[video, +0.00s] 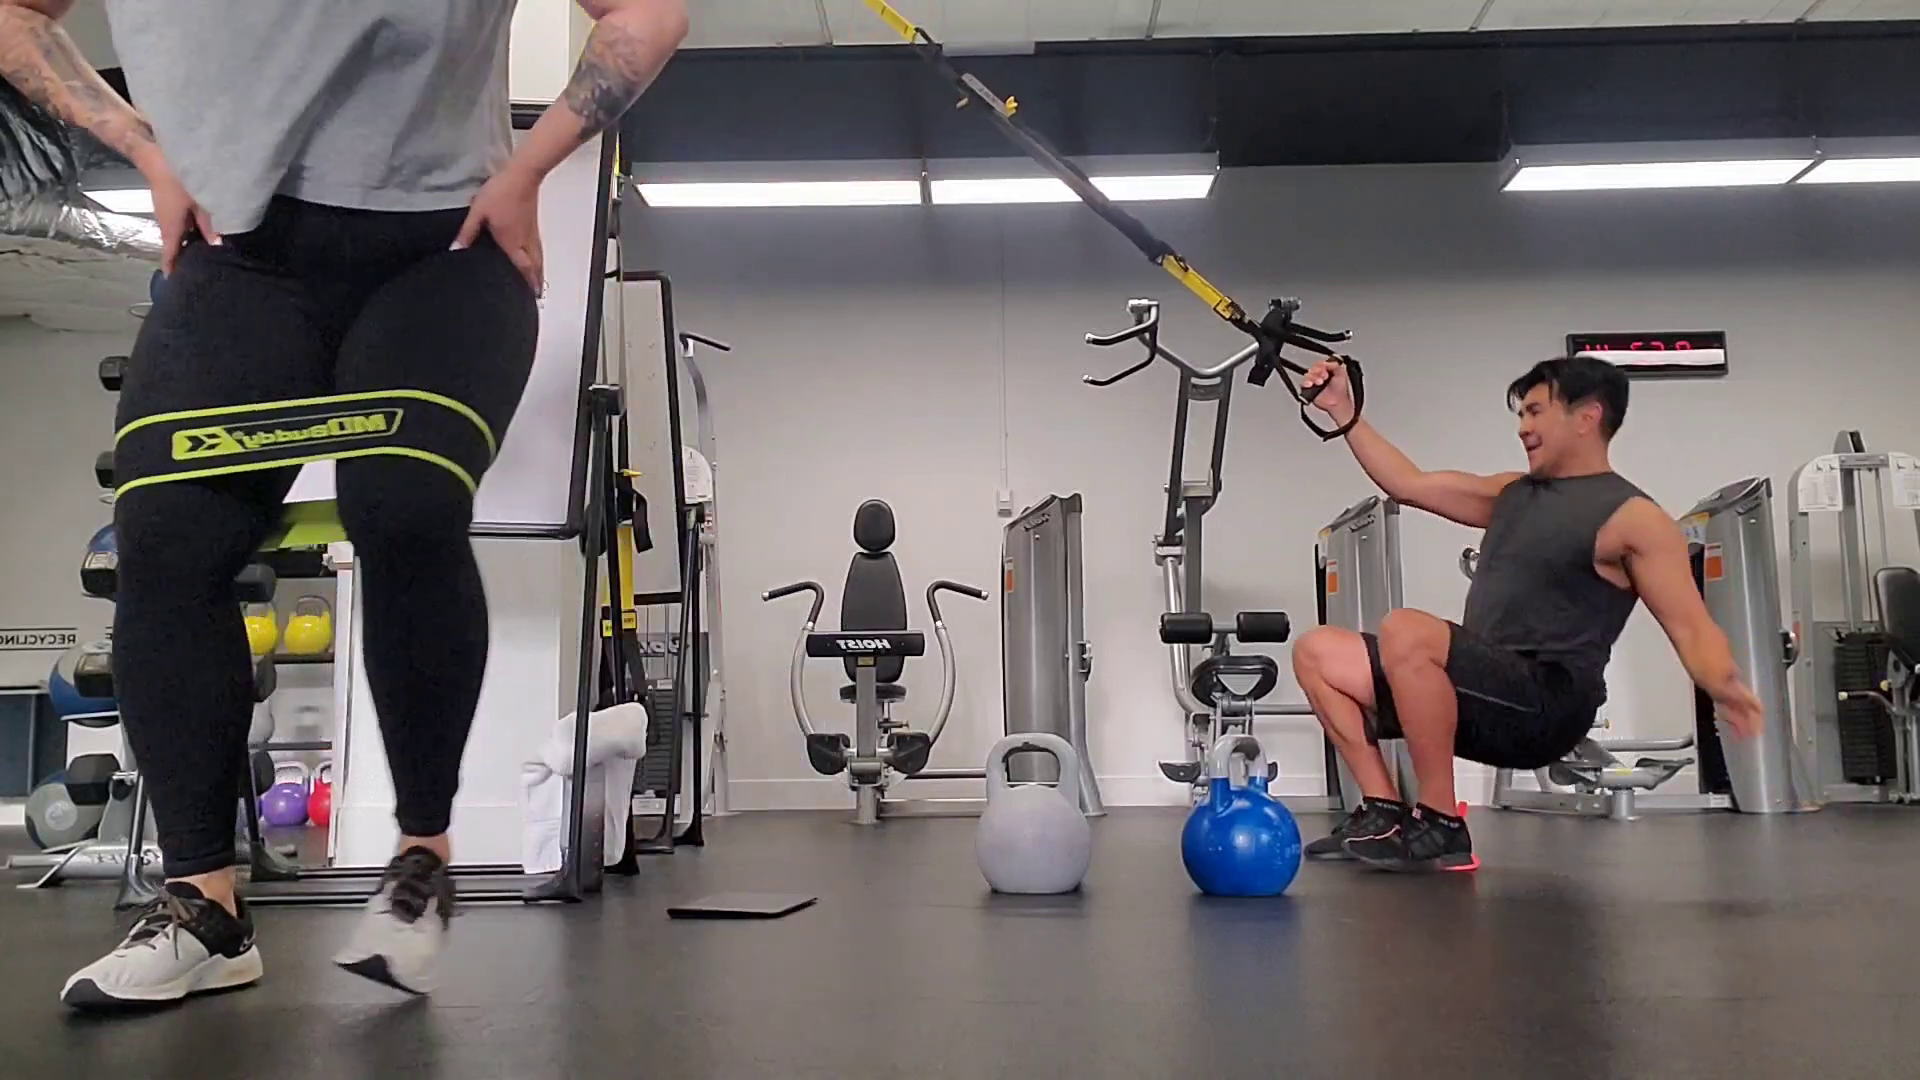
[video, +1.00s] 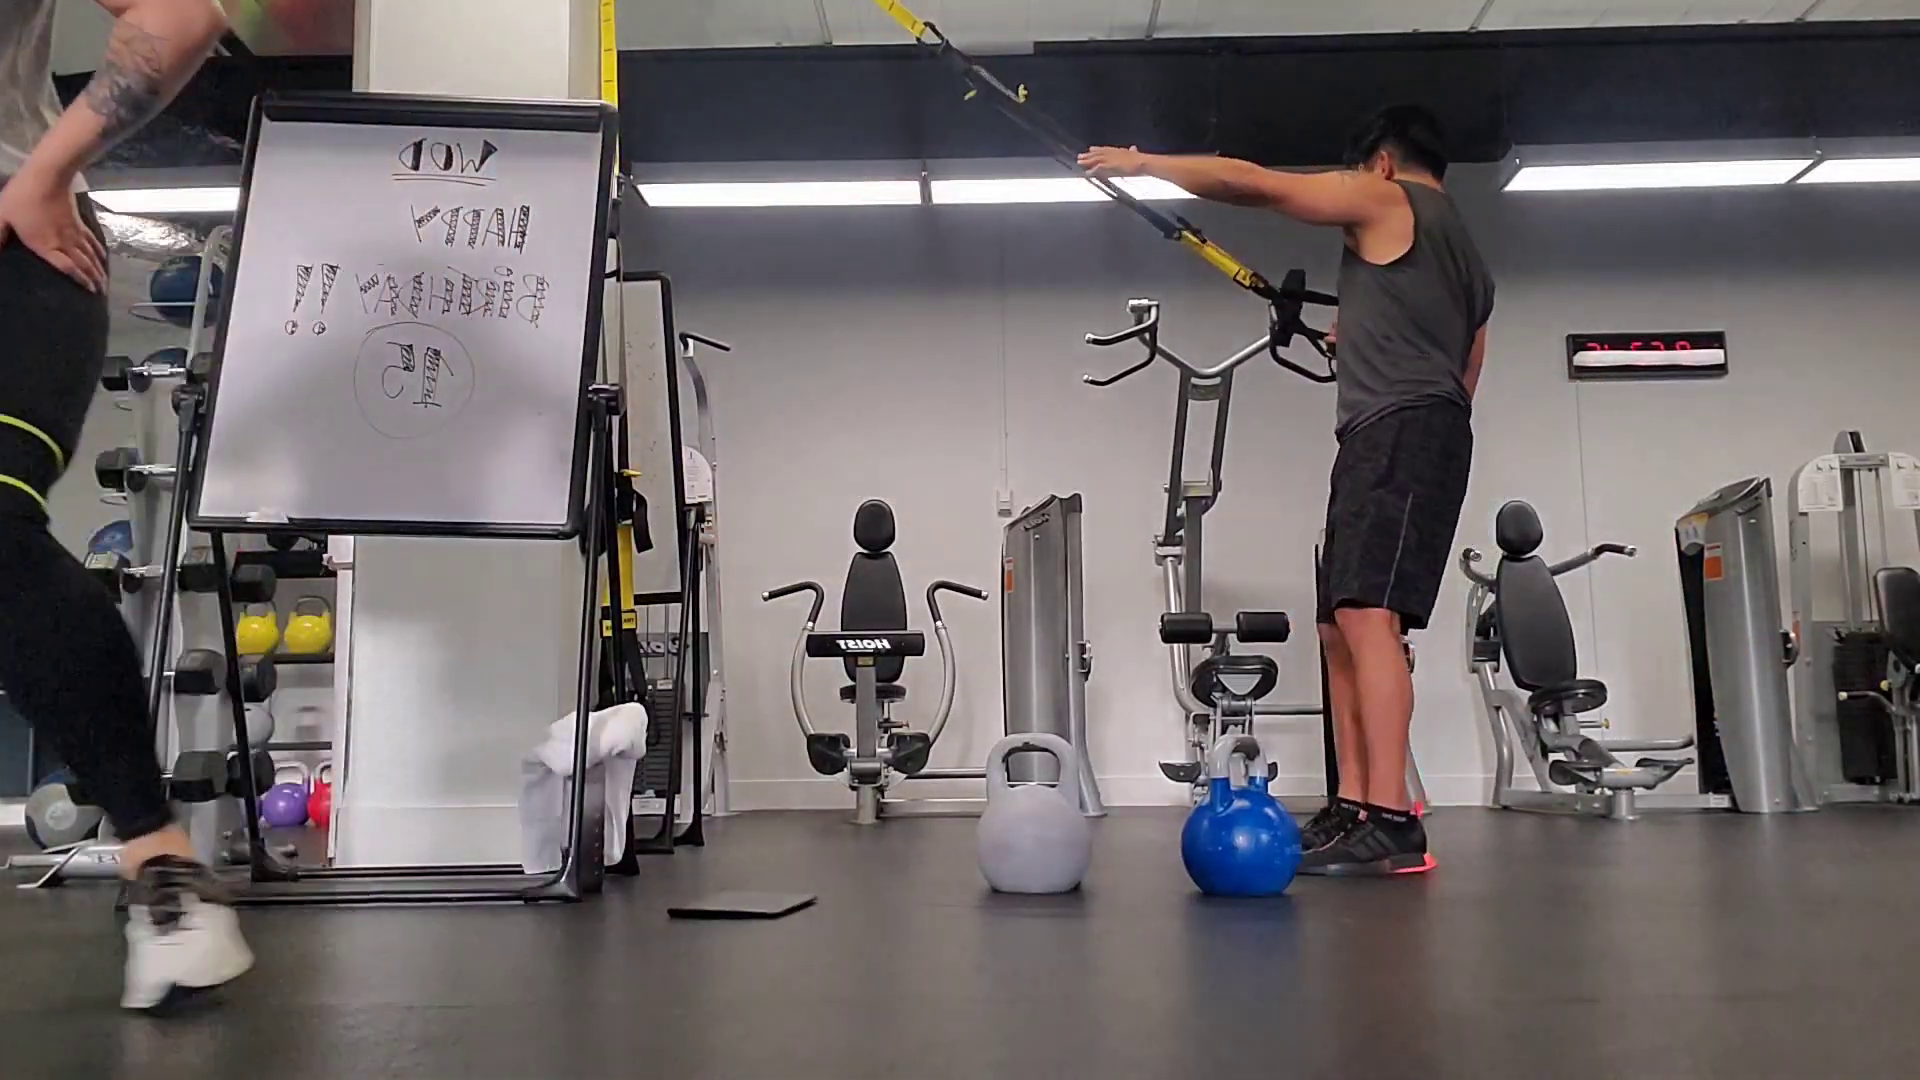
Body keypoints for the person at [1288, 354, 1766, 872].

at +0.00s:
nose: (1522, 428)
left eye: (1536, 411)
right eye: (1522, 415)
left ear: (1588, 416)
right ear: (1579, 418)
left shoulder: (1633, 517)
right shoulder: (1512, 494)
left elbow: (1689, 623)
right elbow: (1408, 483)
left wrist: (1721, 681)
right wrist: (1346, 417)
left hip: (1550, 698)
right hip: (1475, 683)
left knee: (1407, 633)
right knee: (1316, 653)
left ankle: (1442, 824)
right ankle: (1382, 813)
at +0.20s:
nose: (1456, 302)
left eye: (1467, 285)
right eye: (1456, 290)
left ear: (1517, 282)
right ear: (1507, 288)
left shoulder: (1564, 356)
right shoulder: (1480, 387)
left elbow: (1576, 427)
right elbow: (1407, 460)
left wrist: (1530, 431)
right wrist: (1359, 398)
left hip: (1517, 569)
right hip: (1458, 567)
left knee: (1363, 638)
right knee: (1306, 647)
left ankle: (1433, 821)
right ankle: (1383, 807)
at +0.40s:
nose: (1406, 197)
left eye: (1415, 179)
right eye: (1407, 184)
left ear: (1457, 177)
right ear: (1459, 182)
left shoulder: (1491, 240)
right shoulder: (1449, 281)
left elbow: (1418, 245)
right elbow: (1424, 409)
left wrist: (1313, 208)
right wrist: (1376, 363)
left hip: (1473, 464)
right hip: (1425, 469)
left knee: (1382, 622)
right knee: (1321, 615)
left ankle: (1434, 818)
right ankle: (1363, 801)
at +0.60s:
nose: (1380, 171)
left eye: (1385, 158)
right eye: (1383, 159)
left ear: (1411, 152)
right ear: (1442, 163)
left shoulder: (1422, 208)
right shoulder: (1450, 239)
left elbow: (1300, 177)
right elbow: (1435, 336)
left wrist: (1189, 136)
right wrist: (1366, 332)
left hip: (1415, 427)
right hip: (1389, 429)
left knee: (1373, 615)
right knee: (1349, 619)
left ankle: (1430, 810)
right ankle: (1358, 811)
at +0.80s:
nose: (1363, 174)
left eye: (1366, 163)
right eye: (1368, 165)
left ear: (1381, 159)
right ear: (1438, 171)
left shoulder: (1380, 198)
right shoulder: (1460, 253)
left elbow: (1252, 176)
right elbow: (1461, 379)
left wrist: (1138, 143)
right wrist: (1354, 355)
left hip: (1392, 424)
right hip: (1426, 428)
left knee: (1338, 597)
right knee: (1366, 616)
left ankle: (1407, 800)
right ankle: (1358, 803)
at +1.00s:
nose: (1360, 178)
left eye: (1363, 166)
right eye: (1363, 167)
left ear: (1384, 159)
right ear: (1437, 169)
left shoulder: (1385, 197)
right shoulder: (1468, 257)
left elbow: (1261, 184)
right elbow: (1461, 383)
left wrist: (1142, 161)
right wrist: (1360, 343)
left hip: (1402, 427)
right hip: (1416, 433)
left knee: (1367, 616)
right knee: (1340, 624)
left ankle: (1392, 820)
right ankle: (1355, 810)